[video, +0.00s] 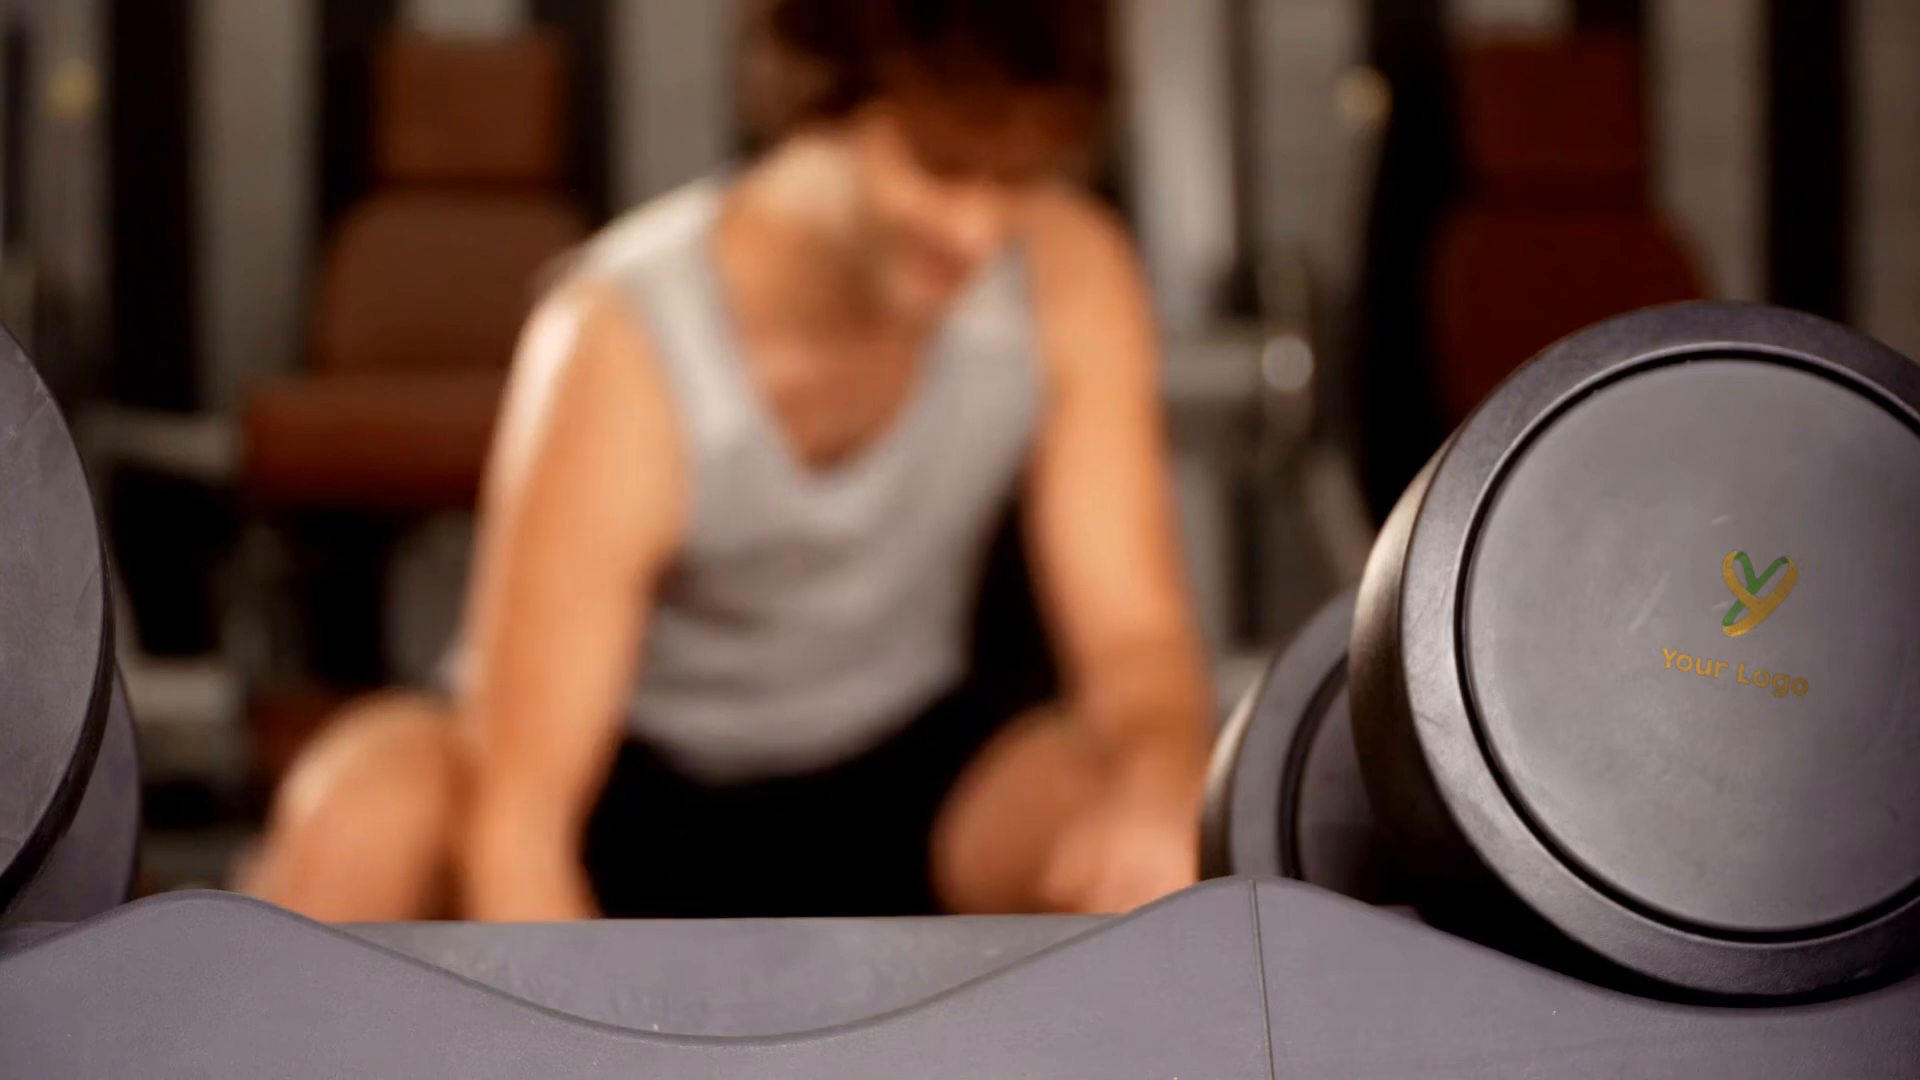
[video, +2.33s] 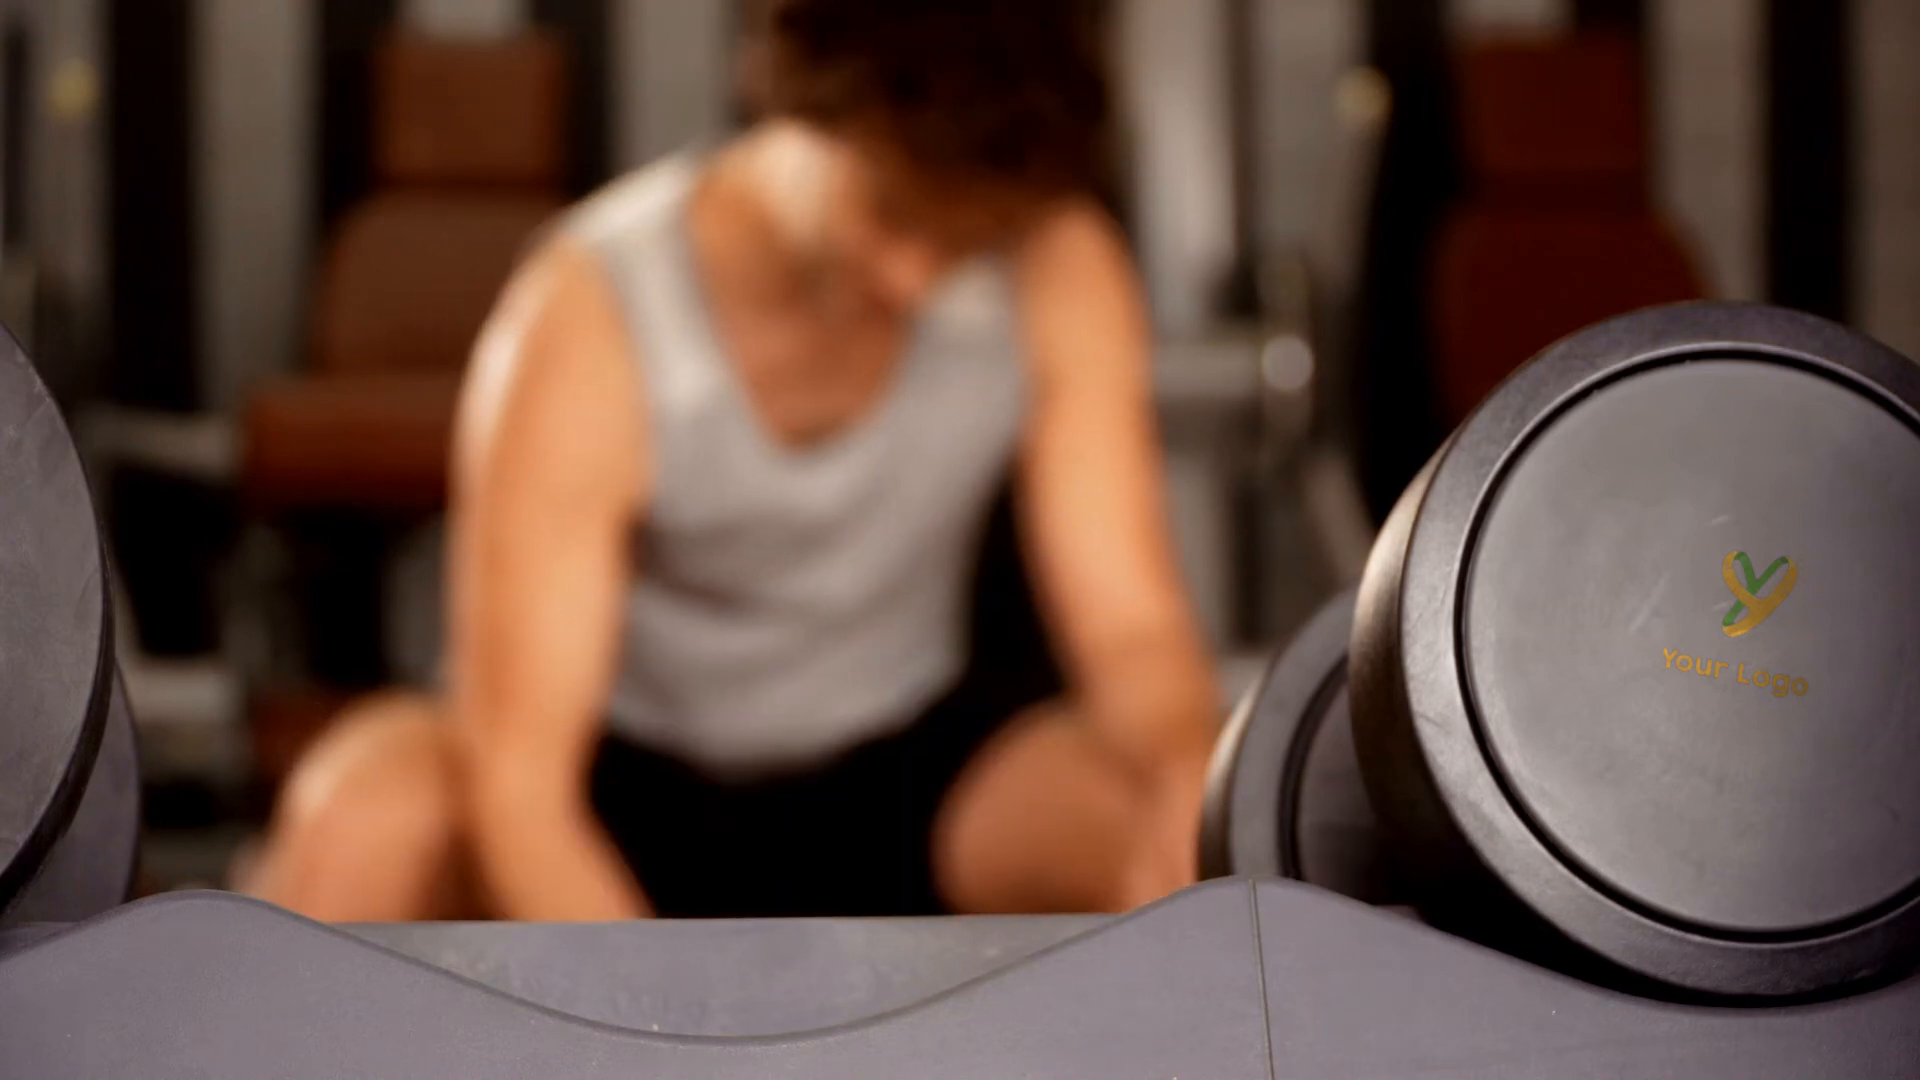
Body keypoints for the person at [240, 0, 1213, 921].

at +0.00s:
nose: (976, 232)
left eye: (1014, 181)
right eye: (937, 170)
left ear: (1053, 159)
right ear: (826, 113)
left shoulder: (1064, 271)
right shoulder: (621, 336)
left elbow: (1135, 652)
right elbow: (520, 815)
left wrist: (1153, 815)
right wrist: (594, 1064)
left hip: (901, 782)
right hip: (625, 793)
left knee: (1157, 824)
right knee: (363, 798)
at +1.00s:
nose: (929, 298)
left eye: (980, 262)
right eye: (904, 241)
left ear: (1041, 219)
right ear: (826, 134)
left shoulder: (1057, 260)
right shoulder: (602, 316)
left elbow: (1133, 643)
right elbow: (511, 755)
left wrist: (1172, 839)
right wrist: (674, 956)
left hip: (902, 777)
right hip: (628, 790)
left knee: (1190, 806)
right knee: (367, 784)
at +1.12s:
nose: (923, 303)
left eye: (972, 267)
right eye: (896, 247)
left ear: (1037, 224)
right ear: (817, 135)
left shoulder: (1051, 263)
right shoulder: (578, 313)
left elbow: (1135, 643)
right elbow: (514, 754)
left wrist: (1171, 854)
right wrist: (767, 867)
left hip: (904, 779)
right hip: (619, 783)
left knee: (1199, 780)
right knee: (370, 787)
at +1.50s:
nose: (886, 303)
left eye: (926, 263)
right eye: (859, 248)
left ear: (980, 205)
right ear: (764, 148)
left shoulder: (1010, 262)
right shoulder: (492, 318)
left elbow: (1121, 639)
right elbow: (509, 749)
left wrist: (1182, 877)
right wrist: (735, 696)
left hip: (900, 786)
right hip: (598, 796)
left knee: (1169, 807)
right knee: (351, 798)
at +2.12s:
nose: (893, 271)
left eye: (944, 232)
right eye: (867, 214)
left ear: (1003, 179)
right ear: (785, 116)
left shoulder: (1034, 256)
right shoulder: (546, 313)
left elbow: (1125, 636)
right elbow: (514, 735)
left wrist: (1195, 807)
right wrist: (846, 823)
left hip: (901, 796)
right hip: (611, 796)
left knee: (1193, 800)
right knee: (360, 786)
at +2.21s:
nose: (905, 272)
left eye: (955, 233)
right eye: (879, 215)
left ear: (1010, 180)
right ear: (799, 119)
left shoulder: (1042, 255)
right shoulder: (562, 313)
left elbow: (1126, 631)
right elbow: (514, 764)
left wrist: (1201, 806)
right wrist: (734, 897)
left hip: (907, 770)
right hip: (625, 782)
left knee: (1199, 815)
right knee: (358, 797)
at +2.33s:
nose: (916, 282)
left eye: (970, 240)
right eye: (889, 220)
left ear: (1024, 192)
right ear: (805, 120)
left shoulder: (1052, 262)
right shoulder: (584, 314)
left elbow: (1133, 641)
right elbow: (519, 791)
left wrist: (1207, 826)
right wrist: (678, 1040)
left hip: (901, 778)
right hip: (624, 789)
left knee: (1192, 815)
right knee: (363, 798)